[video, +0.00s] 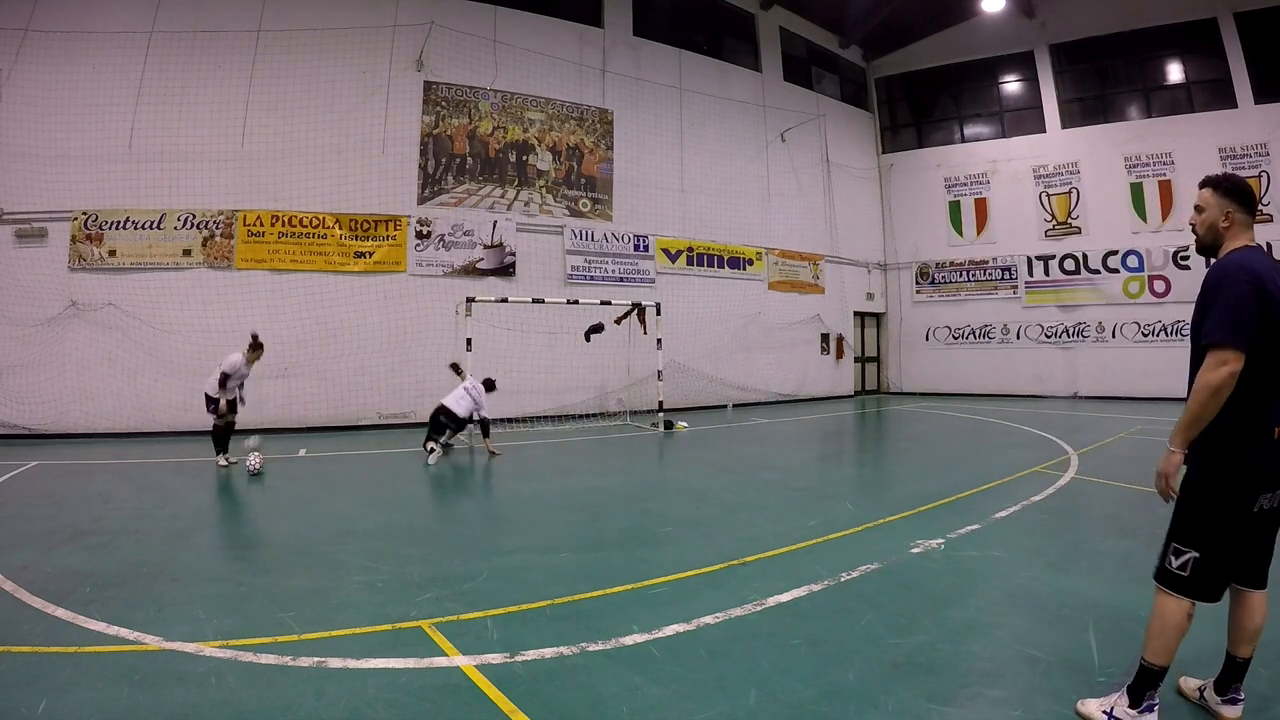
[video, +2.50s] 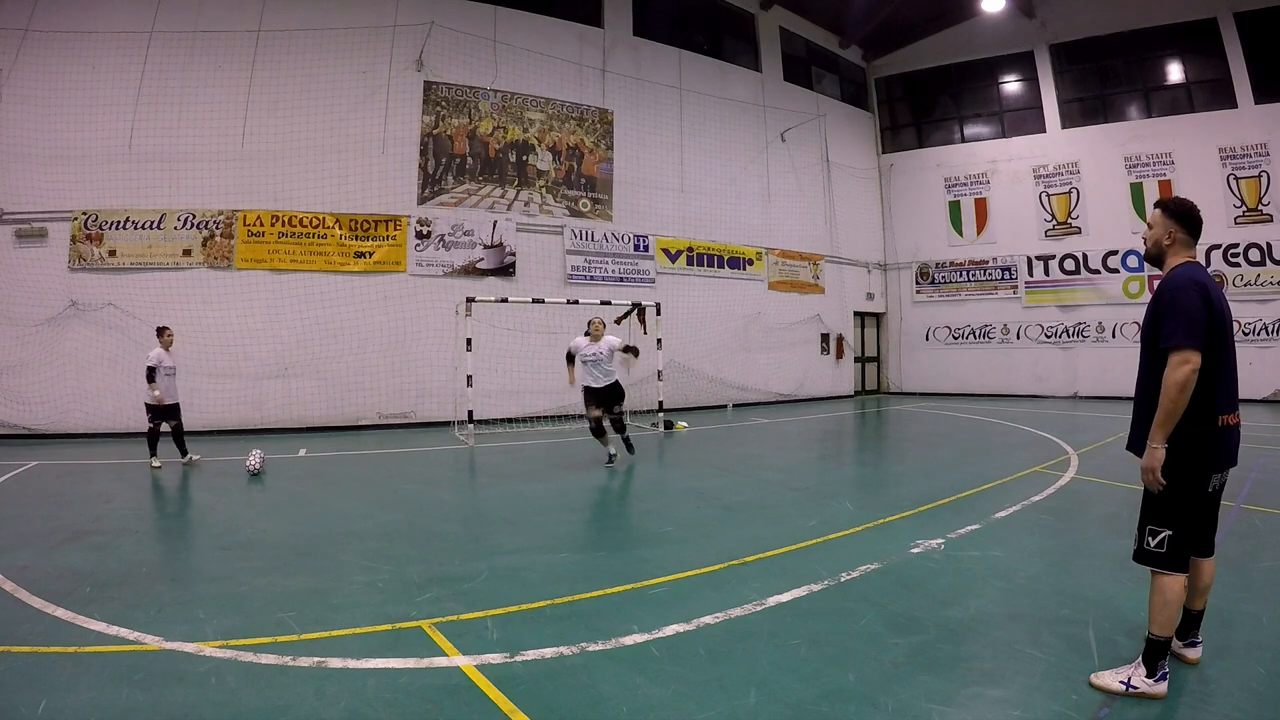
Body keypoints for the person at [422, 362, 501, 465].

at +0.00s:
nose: (490, 392)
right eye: (491, 390)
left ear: (482, 381)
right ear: (489, 390)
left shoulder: (469, 380)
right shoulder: (482, 400)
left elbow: (458, 370)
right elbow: (484, 423)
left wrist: (453, 365)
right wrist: (489, 447)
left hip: (442, 410)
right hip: (456, 420)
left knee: (430, 439)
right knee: (462, 424)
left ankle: (433, 450)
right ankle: (444, 441)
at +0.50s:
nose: (473, 334)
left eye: (476, 333)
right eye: (471, 331)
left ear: (479, 336)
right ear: (467, 333)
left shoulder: (481, 352)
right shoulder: (465, 347)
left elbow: (488, 373)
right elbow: (466, 367)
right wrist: (461, 380)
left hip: (476, 389)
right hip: (465, 387)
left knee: (462, 417)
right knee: (452, 414)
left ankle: (475, 450)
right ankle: (452, 446)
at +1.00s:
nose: (517, 331)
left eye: (519, 328)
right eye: (514, 328)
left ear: (522, 332)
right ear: (508, 332)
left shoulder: (528, 348)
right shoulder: (500, 348)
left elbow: (535, 367)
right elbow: (493, 367)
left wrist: (535, 383)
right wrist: (499, 382)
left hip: (526, 386)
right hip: (508, 387)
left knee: (530, 417)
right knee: (502, 418)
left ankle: (540, 442)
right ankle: (492, 444)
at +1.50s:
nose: (562, 341)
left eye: (564, 339)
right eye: (559, 339)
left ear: (567, 341)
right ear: (554, 342)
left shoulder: (574, 354)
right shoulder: (546, 355)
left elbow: (583, 370)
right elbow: (535, 367)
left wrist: (584, 389)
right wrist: (529, 385)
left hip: (572, 387)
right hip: (553, 387)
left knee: (577, 415)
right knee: (547, 416)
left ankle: (586, 442)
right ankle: (534, 444)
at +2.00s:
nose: (598, 334)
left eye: (600, 332)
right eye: (594, 332)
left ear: (603, 335)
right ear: (589, 337)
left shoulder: (608, 349)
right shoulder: (582, 351)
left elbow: (612, 367)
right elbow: (570, 372)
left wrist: (617, 383)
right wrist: (577, 376)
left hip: (604, 387)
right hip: (586, 389)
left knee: (609, 416)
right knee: (591, 419)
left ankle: (609, 437)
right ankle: (597, 437)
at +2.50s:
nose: (596, 325)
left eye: (599, 324)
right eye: (593, 323)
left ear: (604, 329)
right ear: (588, 329)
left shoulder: (609, 341)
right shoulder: (579, 343)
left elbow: (626, 348)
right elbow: (570, 355)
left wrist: (633, 351)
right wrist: (571, 375)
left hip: (611, 387)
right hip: (591, 389)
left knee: (618, 425)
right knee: (595, 427)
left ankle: (625, 438)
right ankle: (611, 451)